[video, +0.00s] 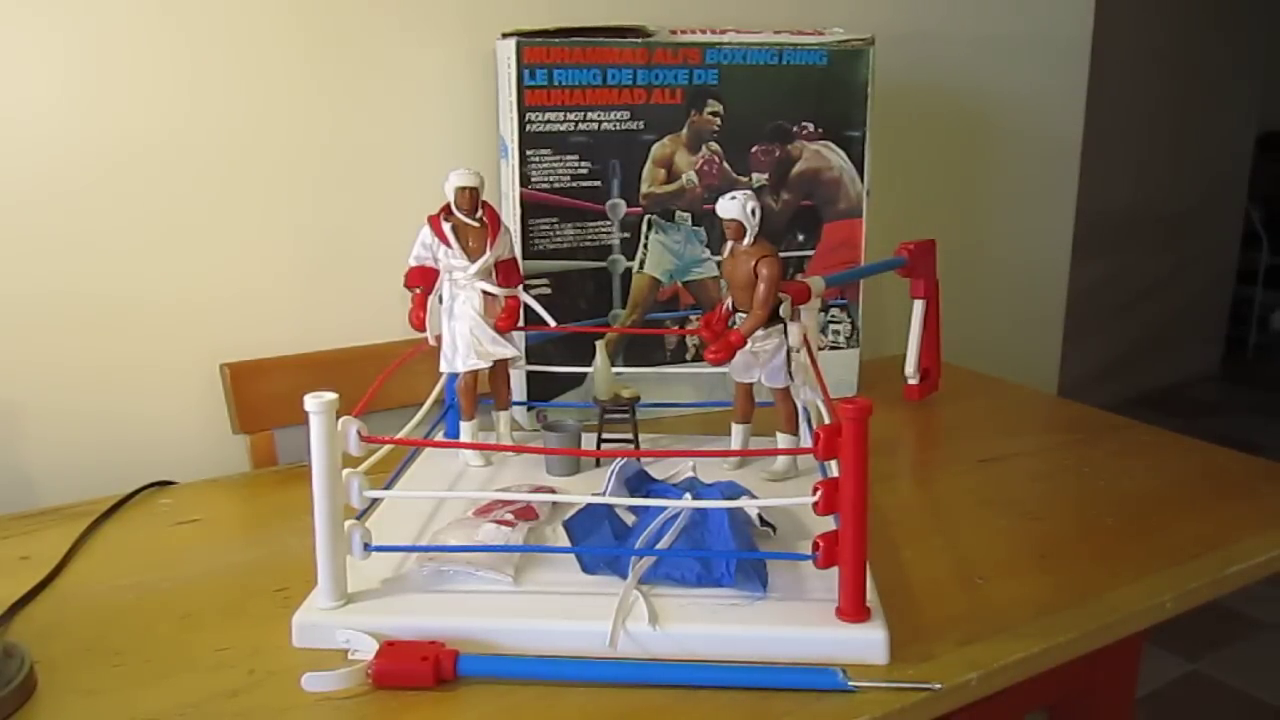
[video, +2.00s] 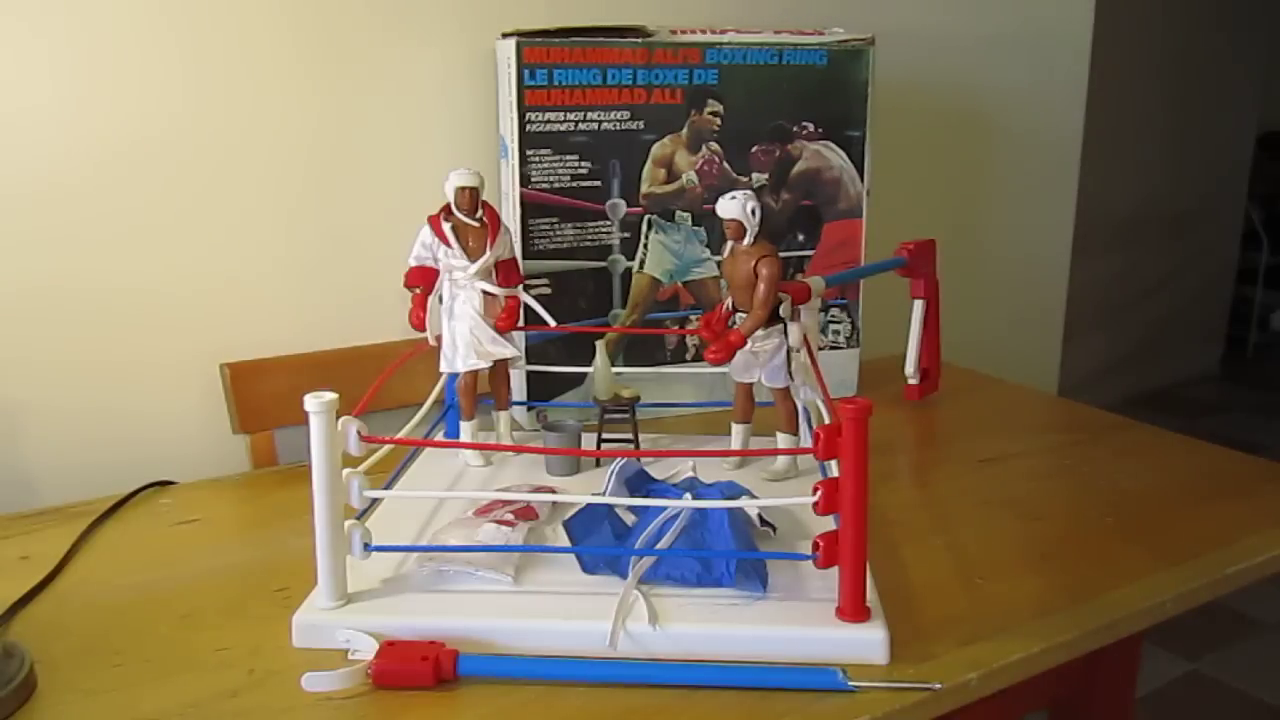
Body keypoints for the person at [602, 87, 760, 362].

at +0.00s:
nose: (718, 122)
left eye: (720, 116)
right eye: (713, 114)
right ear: (694, 115)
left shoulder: (712, 150)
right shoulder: (665, 148)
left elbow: (731, 182)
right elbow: (646, 196)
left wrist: (755, 180)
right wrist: (682, 183)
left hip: (693, 237)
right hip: (660, 234)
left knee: (719, 309)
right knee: (635, 314)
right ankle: (596, 370)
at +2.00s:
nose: (719, 122)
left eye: (721, 116)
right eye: (714, 115)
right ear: (694, 114)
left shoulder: (712, 151)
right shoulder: (664, 148)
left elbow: (731, 182)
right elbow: (647, 196)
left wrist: (755, 181)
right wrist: (682, 183)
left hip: (694, 238)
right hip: (660, 235)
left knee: (718, 310)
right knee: (634, 315)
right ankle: (596, 376)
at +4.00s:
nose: (719, 122)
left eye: (720, 116)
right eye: (713, 114)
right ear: (694, 114)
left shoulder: (712, 150)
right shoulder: (665, 148)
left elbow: (730, 182)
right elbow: (646, 196)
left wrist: (753, 182)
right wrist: (683, 183)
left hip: (694, 238)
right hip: (660, 235)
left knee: (720, 310)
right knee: (635, 314)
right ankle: (596, 370)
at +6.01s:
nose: (718, 122)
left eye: (720, 116)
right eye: (713, 115)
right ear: (693, 114)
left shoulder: (712, 150)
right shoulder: (664, 148)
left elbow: (731, 182)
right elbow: (647, 196)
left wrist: (756, 180)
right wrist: (683, 182)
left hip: (693, 237)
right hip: (661, 234)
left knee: (718, 309)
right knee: (635, 313)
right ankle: (596, 374)